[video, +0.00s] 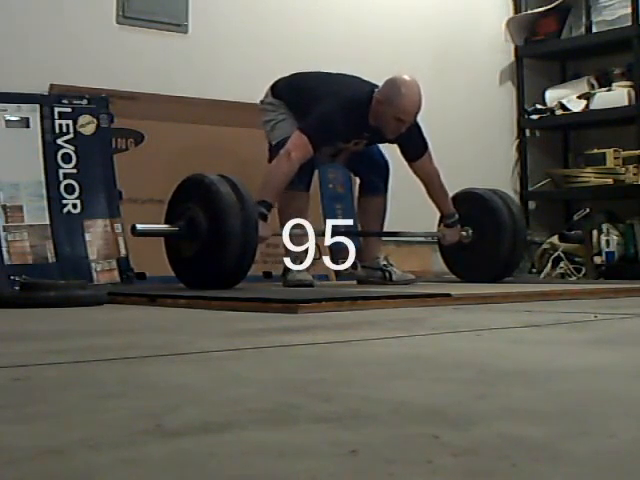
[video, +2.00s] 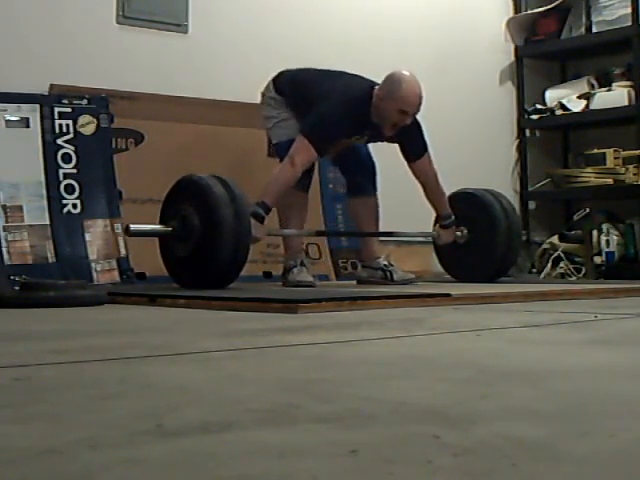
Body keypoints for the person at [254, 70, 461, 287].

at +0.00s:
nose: (403, 129)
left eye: (409, 123)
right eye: (398, 120)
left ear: (414, 114)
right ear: (377, 104)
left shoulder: (404, 120)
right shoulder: (340, 109)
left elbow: (426, 169)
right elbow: (291, 155)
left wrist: (450, 217)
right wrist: (261, 211)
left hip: (332, 122)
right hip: (284, 107)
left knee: (376, 167)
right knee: (298, 166)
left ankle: (370, 262)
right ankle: (296, 265)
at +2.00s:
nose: (406, 122)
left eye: (412, 115)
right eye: (401, 112)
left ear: (416, 111)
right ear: (378, 97)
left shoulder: (405, 123)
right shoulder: (342, 109)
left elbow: (426, 173)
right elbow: (295, 162)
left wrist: (447, 219)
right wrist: (259, 213)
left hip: (331, 110)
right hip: (284, 100)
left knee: (362, 169)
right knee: (300, 169)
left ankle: (370, 262)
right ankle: (295, 264)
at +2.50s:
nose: (405, 109)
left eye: (412, 103)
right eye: (401, 100)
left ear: (417, 100)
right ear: (380, 88)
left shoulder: (410, 127)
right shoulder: (342, 110)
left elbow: (432, 177)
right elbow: (295, 163)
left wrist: (448, 220)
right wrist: (259, 215)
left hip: (337, 151)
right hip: (286, 134)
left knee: (396, 174)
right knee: (298, 173)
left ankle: (374, 263)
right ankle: (293, 266)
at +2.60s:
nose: (404, 105)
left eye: (410, 98)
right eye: (399, 95)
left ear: (415, 97)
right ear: (377, 87)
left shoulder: (410, 128)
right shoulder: (340, 112)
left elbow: (433, 176)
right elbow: (293, 159)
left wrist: (450, 220)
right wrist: (261, 213)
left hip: (345, 180)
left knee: (403, 175)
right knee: (307, 171)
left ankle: (374, 263)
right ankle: (293, 266)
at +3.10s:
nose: (402, 66)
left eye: (404, 60)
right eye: (392, 58)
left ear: (405, 69)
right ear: (366, 68)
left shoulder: (401, 119)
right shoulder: (335, 103)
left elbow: (425, 166)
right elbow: (294, 153)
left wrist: (447, 211)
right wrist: (265, 206)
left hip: (355, 181)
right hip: (316, 177)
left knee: (409, 178)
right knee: (315, 171)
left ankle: (375, 262)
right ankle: (294, 264)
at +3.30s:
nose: (406, 43)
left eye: (409, 38)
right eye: (396, 36)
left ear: (412, 47)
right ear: (372, 44)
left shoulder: (402, 96)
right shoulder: (341, 78)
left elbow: (424, 141)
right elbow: (296, 127)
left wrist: (445, 188)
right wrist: (265, 176)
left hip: (350, 145)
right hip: (302, 138)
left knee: (396, 172)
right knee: (305, 157)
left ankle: (375, 262)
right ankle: (292, 263)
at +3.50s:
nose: (404, 7)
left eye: (406, 2)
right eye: (394, 1)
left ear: (408, 10)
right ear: (371, 6)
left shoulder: (399, 62)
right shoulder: (340, 44)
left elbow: (417, 106)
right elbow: (291, 89)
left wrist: (439, 154)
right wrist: (261, 134)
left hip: (341, 119)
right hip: (296, 112)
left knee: (380, 168)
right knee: (294, 159)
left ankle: (374, 262)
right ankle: (291, 263)